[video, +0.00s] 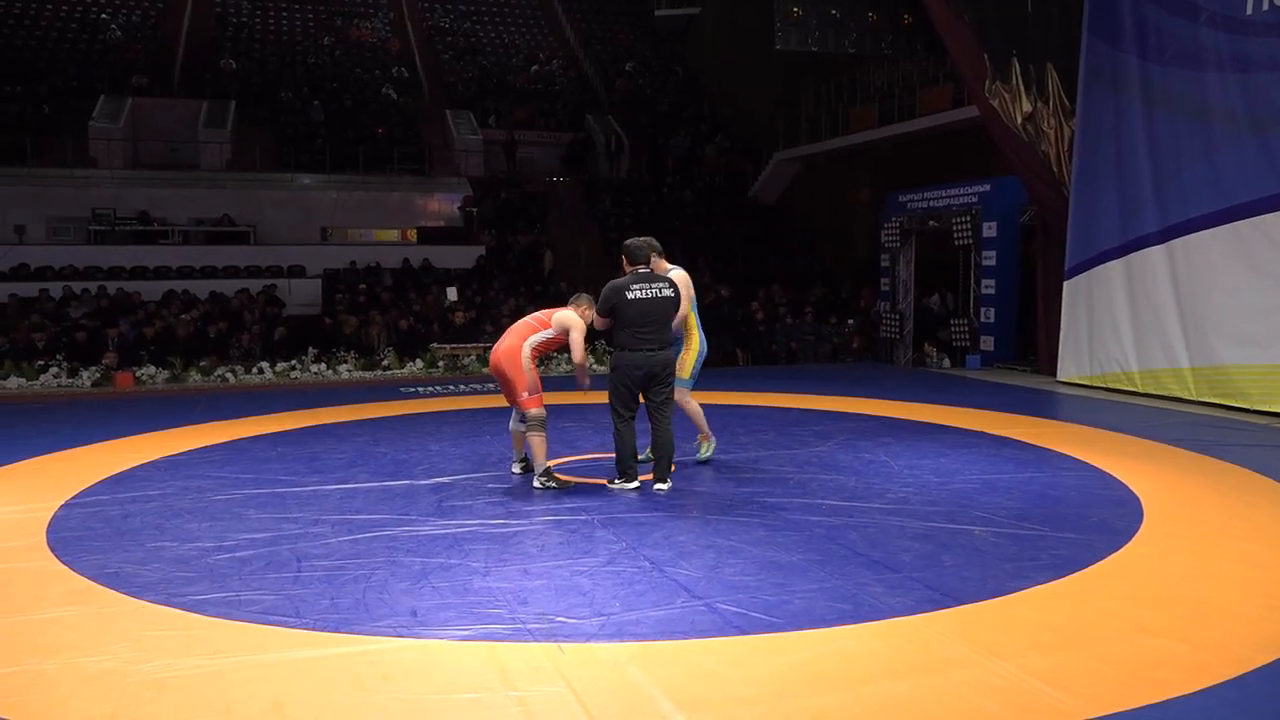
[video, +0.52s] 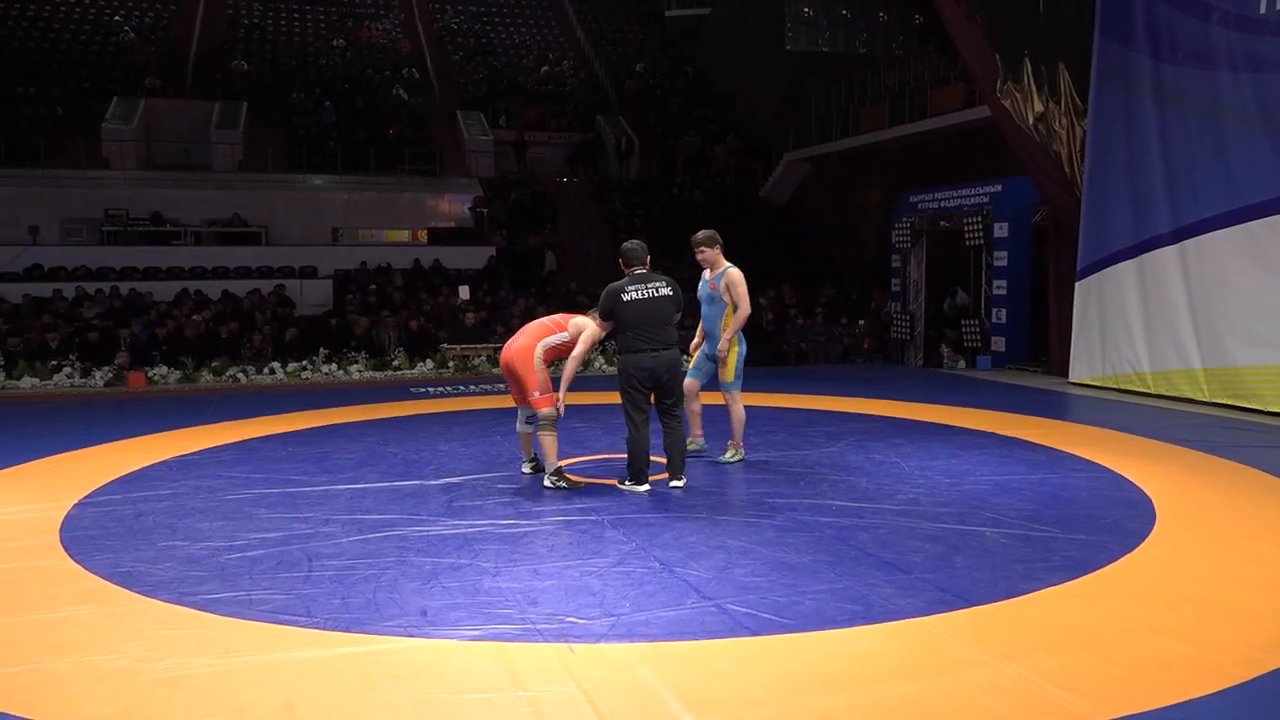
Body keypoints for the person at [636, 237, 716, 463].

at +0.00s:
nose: (646, 266)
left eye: (647, 261)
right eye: (645, 262)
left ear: (656, 257)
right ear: (654, 258)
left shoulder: (678, 275)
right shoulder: (657, 279)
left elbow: (682, 313)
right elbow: (658, 310)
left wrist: (663, 332)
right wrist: (649, 329)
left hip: (690, 341)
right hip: (671, 342)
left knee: (680, 394)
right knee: (659, 396)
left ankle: (707, 436)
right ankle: (657, 445)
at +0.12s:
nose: (654, 261)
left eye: (656, 256)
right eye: (652, 257)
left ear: (671, 253)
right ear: (667, 255)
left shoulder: (690, 275)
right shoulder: (668, 279)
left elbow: (708, 307)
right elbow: (669, 310)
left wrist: (693, 337)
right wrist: (661, 337)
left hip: (694, 344)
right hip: (673, 344)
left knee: (690, 398)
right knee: (663, 399)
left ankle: (720, 437)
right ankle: (659, 447)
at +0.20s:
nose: (665, 261)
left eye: (668, 256)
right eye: (663, 256)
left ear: (683, 253)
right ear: (674, 256)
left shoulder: (701, 276)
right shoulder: (676, 280)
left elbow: (721, 306)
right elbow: (679, 315)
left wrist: (703, 337)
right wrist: (673, 343)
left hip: (702, 347)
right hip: (681, 347)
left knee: (701, 401)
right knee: (669, 400)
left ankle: (726, 443)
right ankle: (660, 447)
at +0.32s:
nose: (682, 261)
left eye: (685, 256)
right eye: (679, 257)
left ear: (699, 253)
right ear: (681, 257)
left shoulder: (717, 278)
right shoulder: (690, 280)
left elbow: (733, 311)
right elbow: (692, 318)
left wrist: (714, 342)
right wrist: (684, 346)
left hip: (716, 348)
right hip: (694, 348)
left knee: (719, 400)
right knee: (677, 395)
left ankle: (734, 448)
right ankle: (665, 447)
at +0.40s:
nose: (689, 260)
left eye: (692, 254)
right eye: (687, 255)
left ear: (707, 252)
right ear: (689, 256)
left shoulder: (724, 277)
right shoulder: (697, 278)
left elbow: (737, 311)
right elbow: (699, 316)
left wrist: (720, 344)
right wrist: (691, 344)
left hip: (722, 347)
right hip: (701, 347)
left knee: (725, 399)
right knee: (680, 391)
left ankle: (735, 448)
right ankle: (671, 445)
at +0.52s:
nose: (699, 256)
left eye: (703, 251)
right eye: (697, 252)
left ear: (717, 249)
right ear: (697, 253)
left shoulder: (732, 274)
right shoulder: (705, 275)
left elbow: (745, 309)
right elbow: (707, 311)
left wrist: (726, 338)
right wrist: (698, 337)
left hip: (729, 343)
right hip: (708, 343)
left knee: (732, 396)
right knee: (689, 388)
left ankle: (737, 446)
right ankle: (696, 439)